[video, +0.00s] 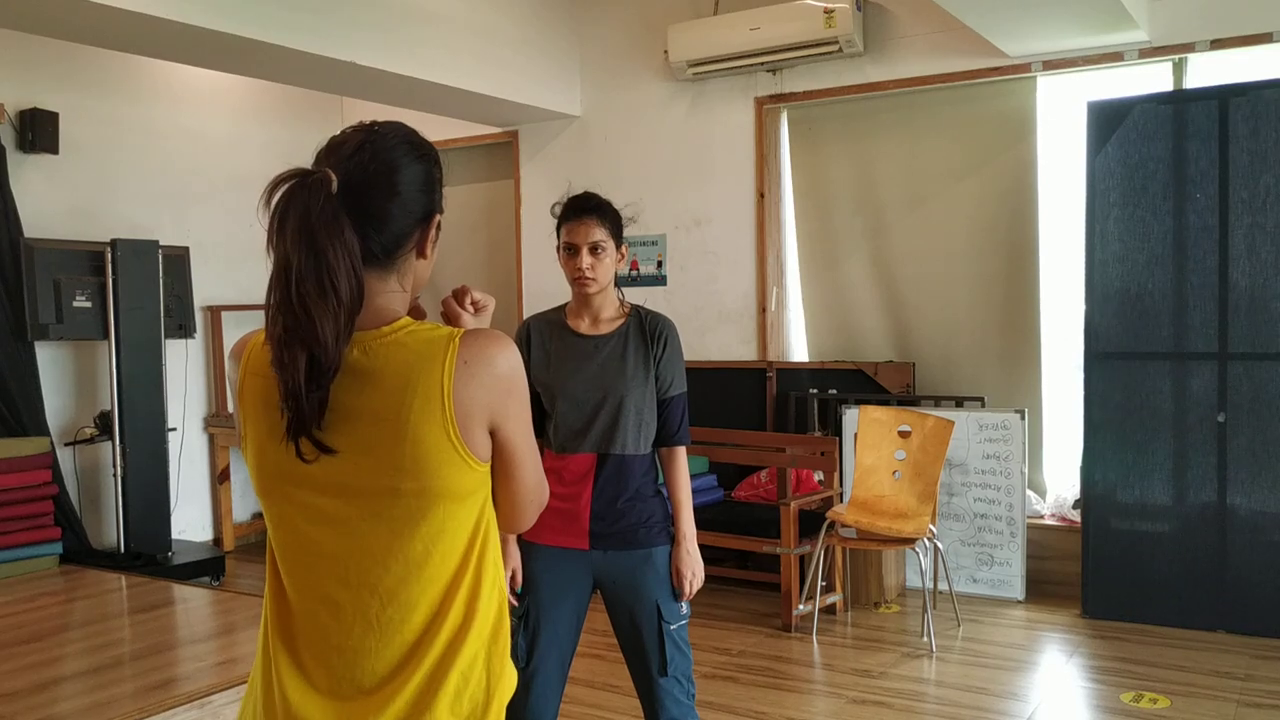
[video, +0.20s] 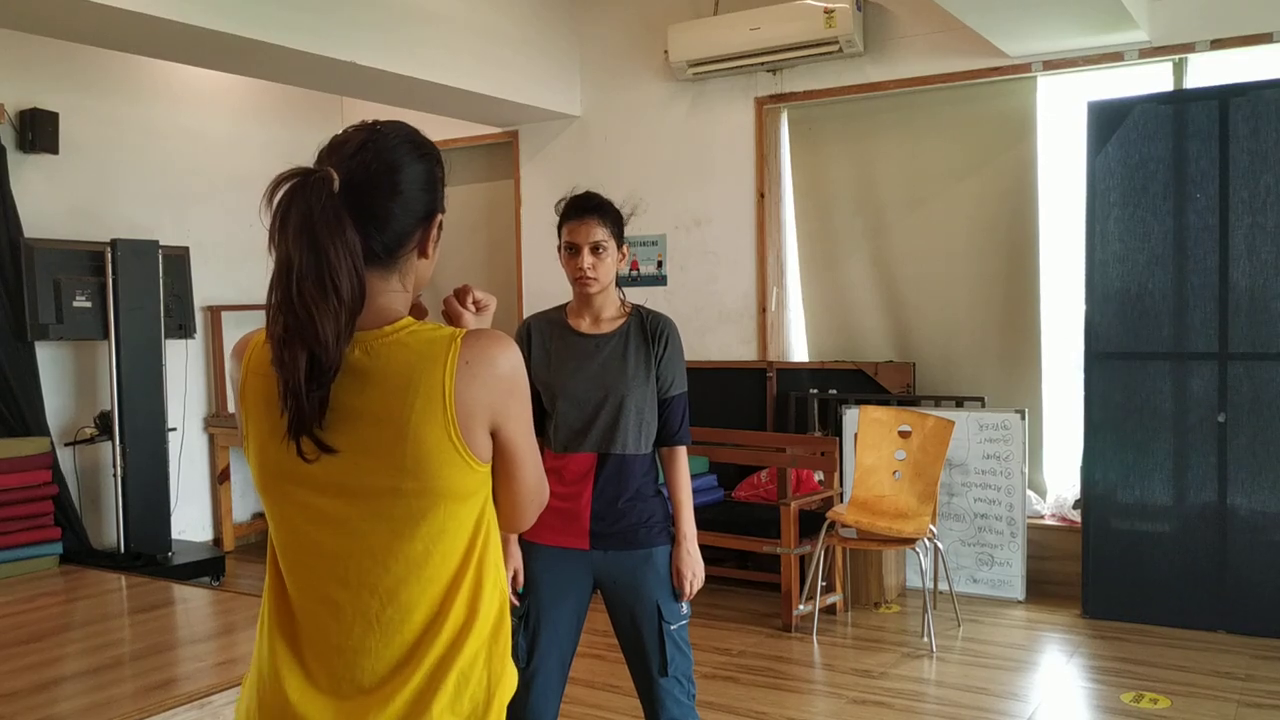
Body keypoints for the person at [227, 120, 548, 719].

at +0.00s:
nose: (439, 234)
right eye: (440, 222)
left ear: (314, 223)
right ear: (429, 236)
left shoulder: (254, 361)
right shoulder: (482, 360)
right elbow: (522, 509)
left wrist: (433, 345)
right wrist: (469, 345)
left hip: (292, 696)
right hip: (447, 700)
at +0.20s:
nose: (440, 234)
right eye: (441, 222)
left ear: (316, 222)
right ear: (430, 235)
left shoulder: (256, 360)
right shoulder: (483, 360)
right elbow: (522, 509)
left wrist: (434, 342)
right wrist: (473, 345)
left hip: (290, 696)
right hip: (446, 700)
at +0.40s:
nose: (442, 235)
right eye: (443, 222)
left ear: (317, 222)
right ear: (432, 236)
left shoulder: (257, 361)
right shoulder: (485, 360)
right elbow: (523, 508)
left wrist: (490, 531)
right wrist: (473, 345)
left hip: (295, 696)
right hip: (449, 700)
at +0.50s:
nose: (442, 234)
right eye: (444, 222)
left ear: (318, 222)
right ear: (433, 235)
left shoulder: (258, 361)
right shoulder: (486, 360)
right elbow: (523, 506)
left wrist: (491, 532)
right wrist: (474, 345)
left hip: (295, 696)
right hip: (449, 700)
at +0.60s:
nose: (454, 230)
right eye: (454, 217)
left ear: (332, 221)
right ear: (443, 231)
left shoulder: (272, 354)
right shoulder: (495, 361)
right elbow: (530, 515)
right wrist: (484, 348)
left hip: (294, 693)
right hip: (446, 699)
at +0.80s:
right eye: (539, 310)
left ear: (427, 320)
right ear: (532, 324)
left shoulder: (375, 413)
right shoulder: (504, 480)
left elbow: (293, 505)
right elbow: (397, 676)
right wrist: (511, 711)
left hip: (255, 698)